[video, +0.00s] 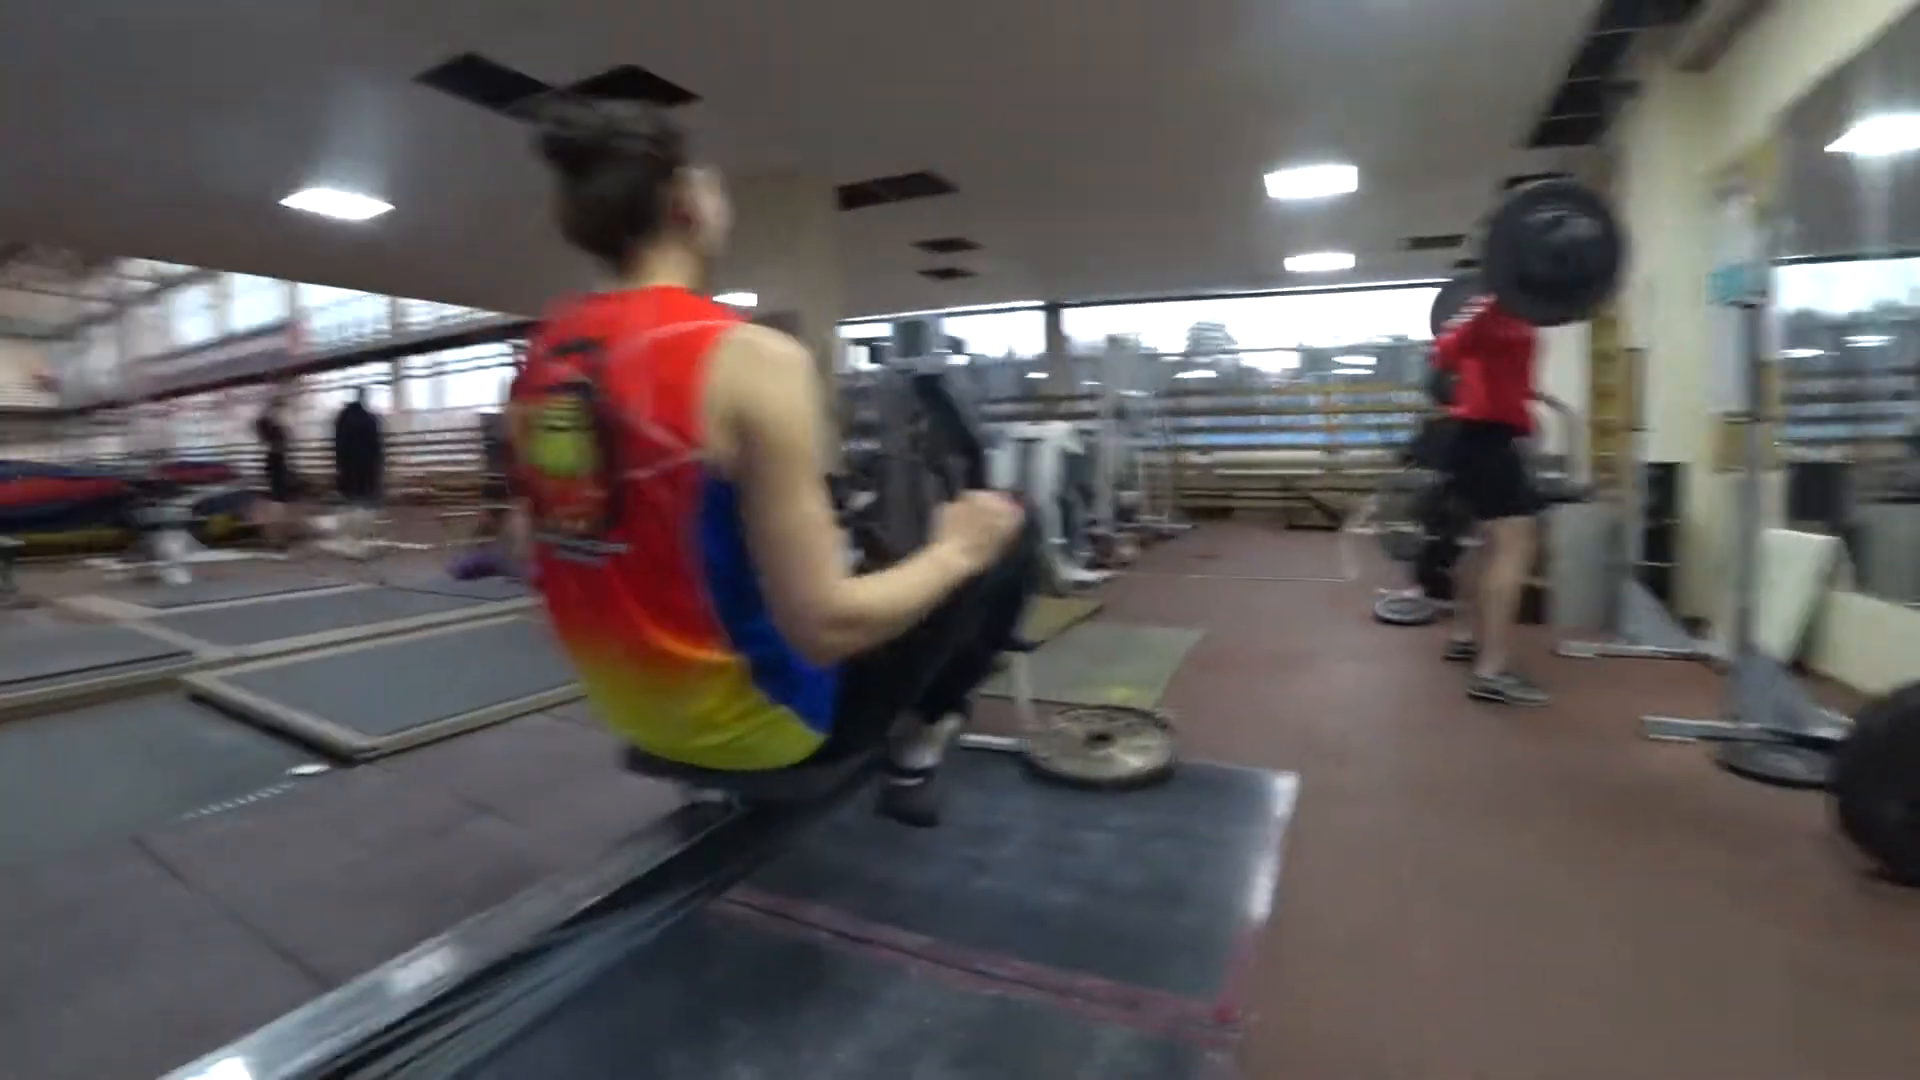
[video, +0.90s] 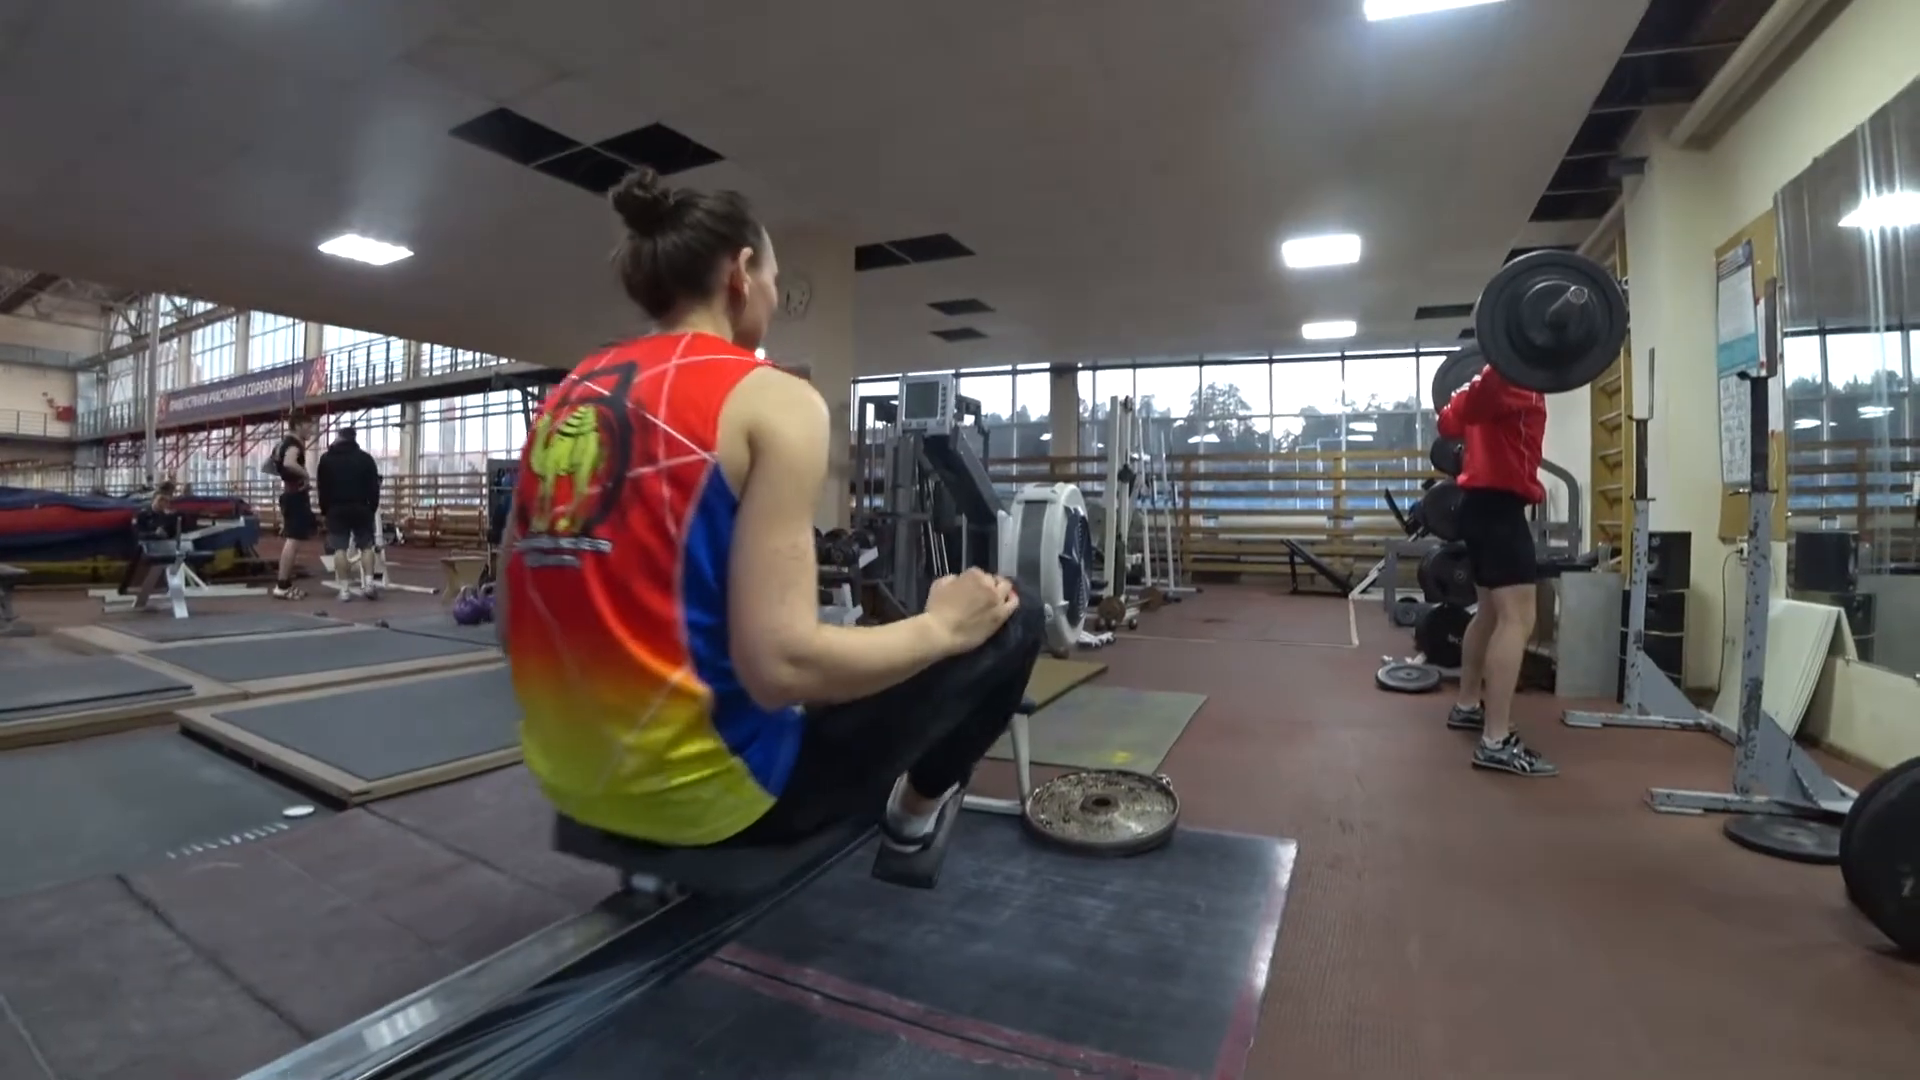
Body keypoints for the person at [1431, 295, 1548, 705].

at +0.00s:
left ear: (1510, 270)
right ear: (1518, 270)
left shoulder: (1519, 315)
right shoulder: (1491, 308)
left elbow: (1503, 373)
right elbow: (1445, 348)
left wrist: (1539, 396)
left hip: (1492, 432)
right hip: (1483, 433)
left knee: (1491, 541)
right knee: (1514, 544)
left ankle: (1470, 634)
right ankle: (1492, 669)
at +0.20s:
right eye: (1567, 278)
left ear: (1541, 281)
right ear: (1553, 280)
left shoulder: (1546, 324)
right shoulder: (1521, 321)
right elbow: (1467, 365)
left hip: (1506, 451)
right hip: (1511, 452)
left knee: (1504, 560)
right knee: (1533, 566)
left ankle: (1482, 653)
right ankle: (1510, 689)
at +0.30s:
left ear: (1530, 289)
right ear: (1549, 289)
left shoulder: (1535, 330)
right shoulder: (1520, 330)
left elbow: (1468, 370)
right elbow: (1464, 373)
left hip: (1497, 459)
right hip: (1508, 461)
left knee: (1498, 568)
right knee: (1528, 575)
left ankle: (1477, 660)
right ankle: (1505, 697)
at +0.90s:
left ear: (1510, 334)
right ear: (1526, 333)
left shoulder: (1520, 377)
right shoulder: (1507, 376)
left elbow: (1451, 420)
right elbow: (1454, 418)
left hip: (1484, 504)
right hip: (1498, 506)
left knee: (1489, 611)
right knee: (1518, 619)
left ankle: (1468, 704)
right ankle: (1497, 740)